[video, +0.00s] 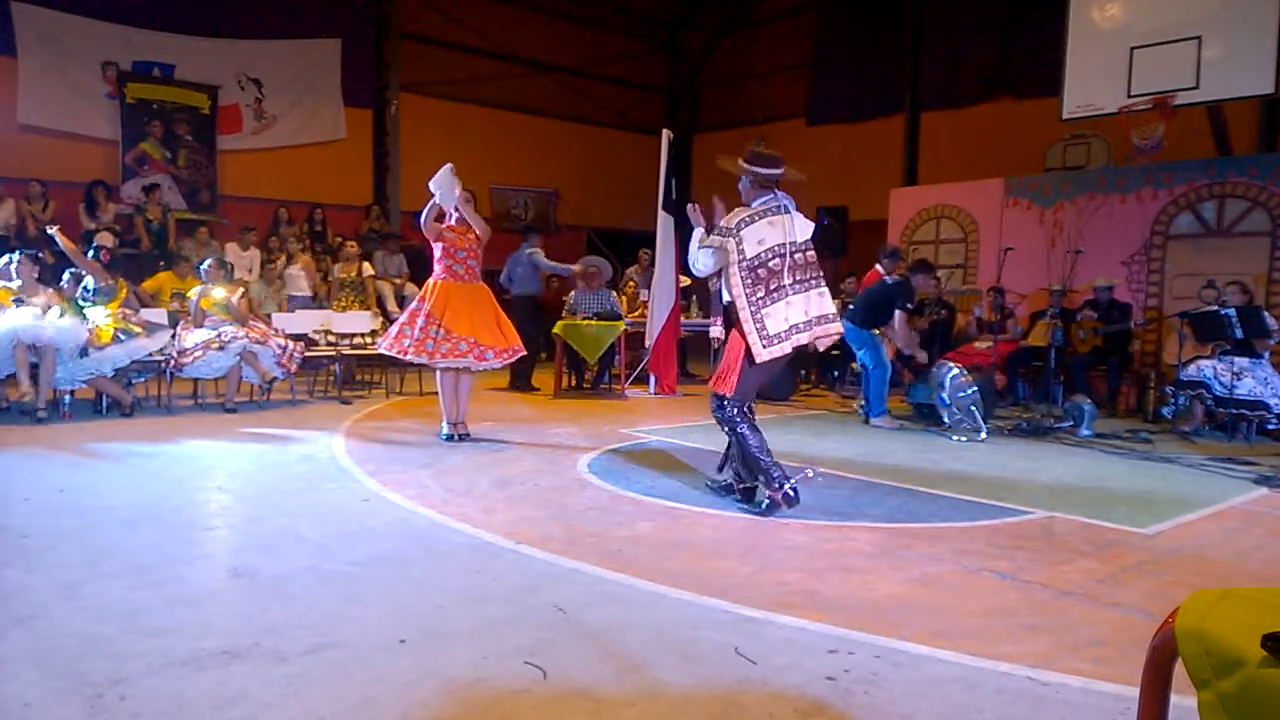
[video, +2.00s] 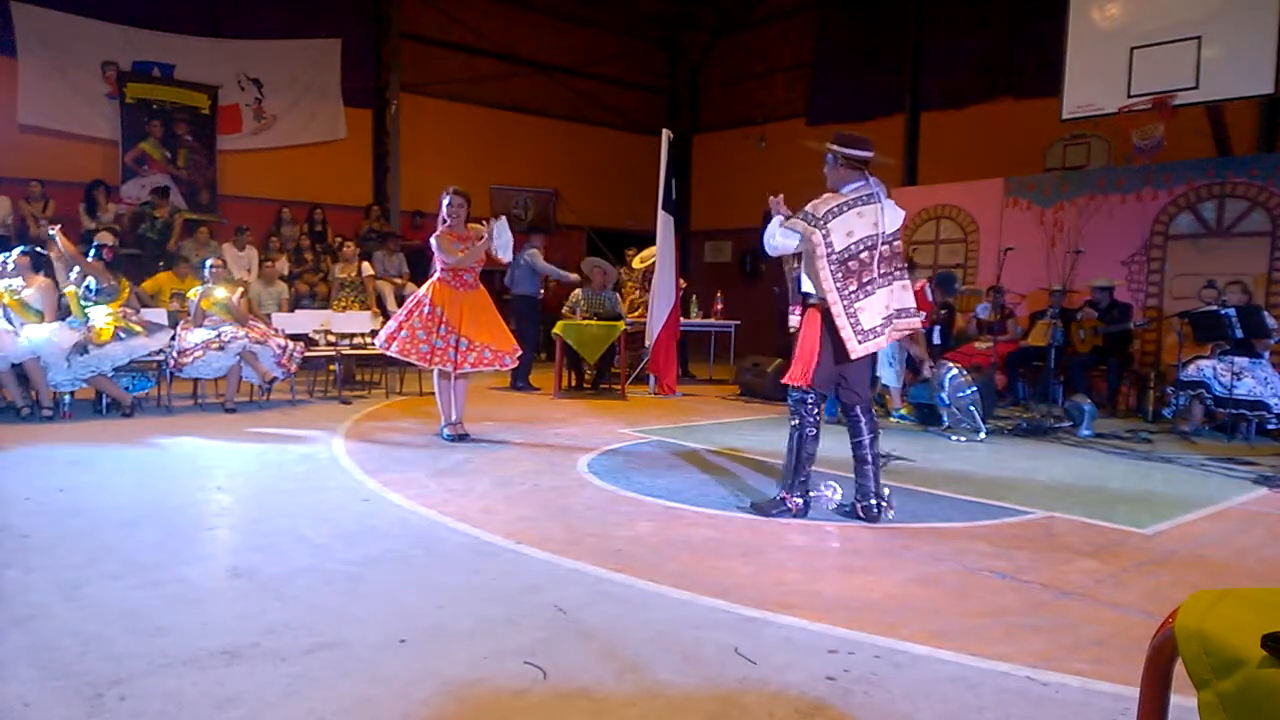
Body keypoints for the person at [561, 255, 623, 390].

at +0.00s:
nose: (592, 277)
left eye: (595, 274)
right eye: (590, 274)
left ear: (601, 277)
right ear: (584, 277)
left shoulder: (610, 294)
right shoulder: (575, 294)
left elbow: (619, 314)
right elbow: (565, 314)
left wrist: (599, 316)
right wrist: (578, 318)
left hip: (602, 332)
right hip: (580, 331)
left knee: (609, 348)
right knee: (570, 346)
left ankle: (597, 380)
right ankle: (579, 378)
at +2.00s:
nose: (597, 276)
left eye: (599, 273)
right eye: (595, 273)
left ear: (605, 277)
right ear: (590, 275)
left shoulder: (613, 296)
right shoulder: (578, 293)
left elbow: (620, 316)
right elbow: (565, 311)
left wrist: (600, 317)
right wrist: (577, 318)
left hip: (603, 332)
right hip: (581, 331)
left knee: (610, 349)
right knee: (570, 345)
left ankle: (597, 380)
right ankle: (578, 377)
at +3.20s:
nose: (583, 277)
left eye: (587, 274)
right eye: (584, 274)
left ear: (598, 278)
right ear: (584, 277)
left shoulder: (610, 295)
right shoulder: (578, 292)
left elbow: (618, 311)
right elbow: (557, 298)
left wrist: (601, 302)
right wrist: (572, 301)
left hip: (602, 330)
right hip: (579, 329)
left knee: (610, 348)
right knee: (570, 346)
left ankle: (597, 380)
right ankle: (579, 377)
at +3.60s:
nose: (578, 278)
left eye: (582, 275)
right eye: (579, 275)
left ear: (592, 278)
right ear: (578, 277)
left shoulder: (608, 294)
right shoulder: (575, 295)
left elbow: (618, 311)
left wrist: (600, 305)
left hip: (602, 331)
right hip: (580, 331)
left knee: (610, 348)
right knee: (570, 344)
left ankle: (597, 380)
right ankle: (579, 377)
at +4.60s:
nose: (594, 276)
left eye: (597, 273)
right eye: (593, 273)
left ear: (605, 278)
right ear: (588, 275)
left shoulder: (612, 297)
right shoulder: (579, 293)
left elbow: (621, 315)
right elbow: (565, 309)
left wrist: (600, 314)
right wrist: (578, 303)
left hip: (603, 332)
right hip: (580, 331)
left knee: (609, 348)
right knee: (571, 345)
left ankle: (597, 381)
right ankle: (579, 379)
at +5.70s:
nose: (595, 276)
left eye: (599, 273)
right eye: (593, 272)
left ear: (606, 277)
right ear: (590, 275)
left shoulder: (613, 296)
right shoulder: (580, 291)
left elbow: (620, 314)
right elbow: (569, 305)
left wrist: (606, 303)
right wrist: (583, 299)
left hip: (603, 329)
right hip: (582, 327)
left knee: (610, 348)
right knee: (570, 345)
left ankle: (597, 379)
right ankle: (579, 376)